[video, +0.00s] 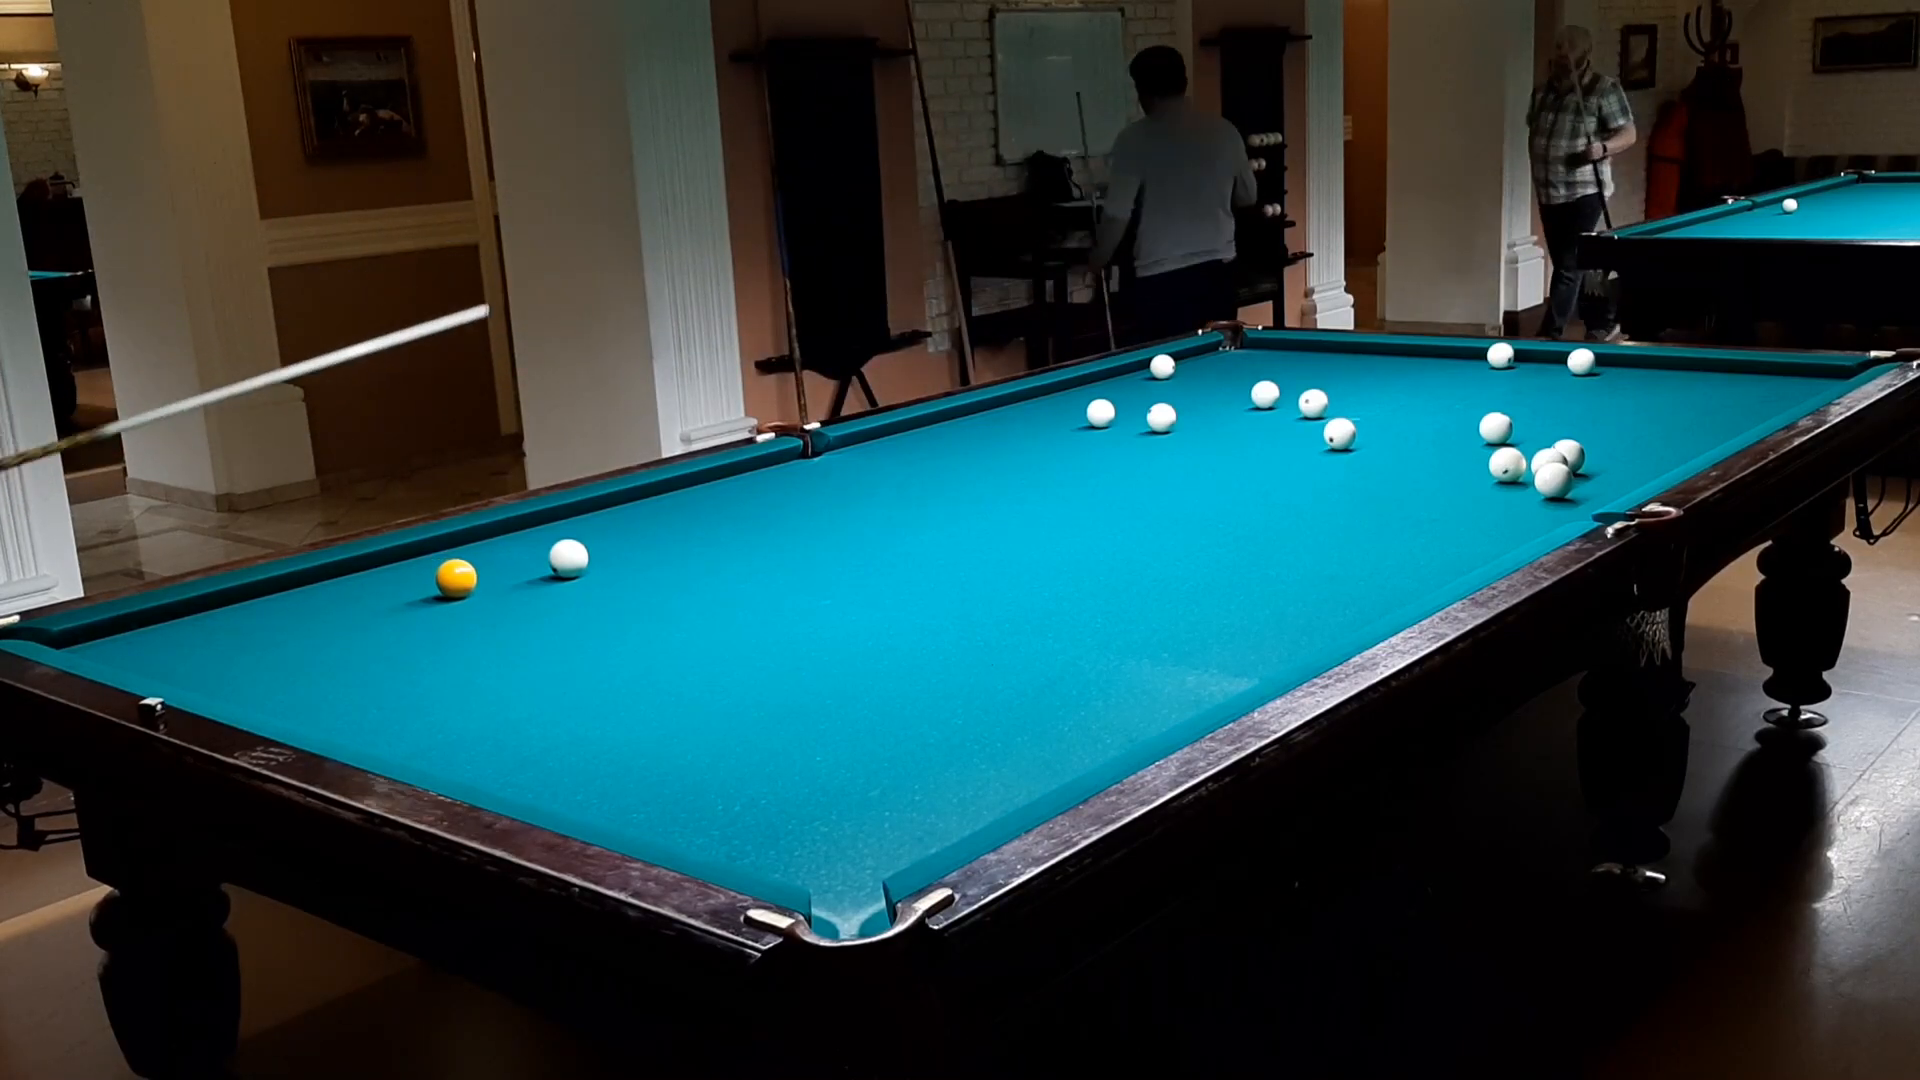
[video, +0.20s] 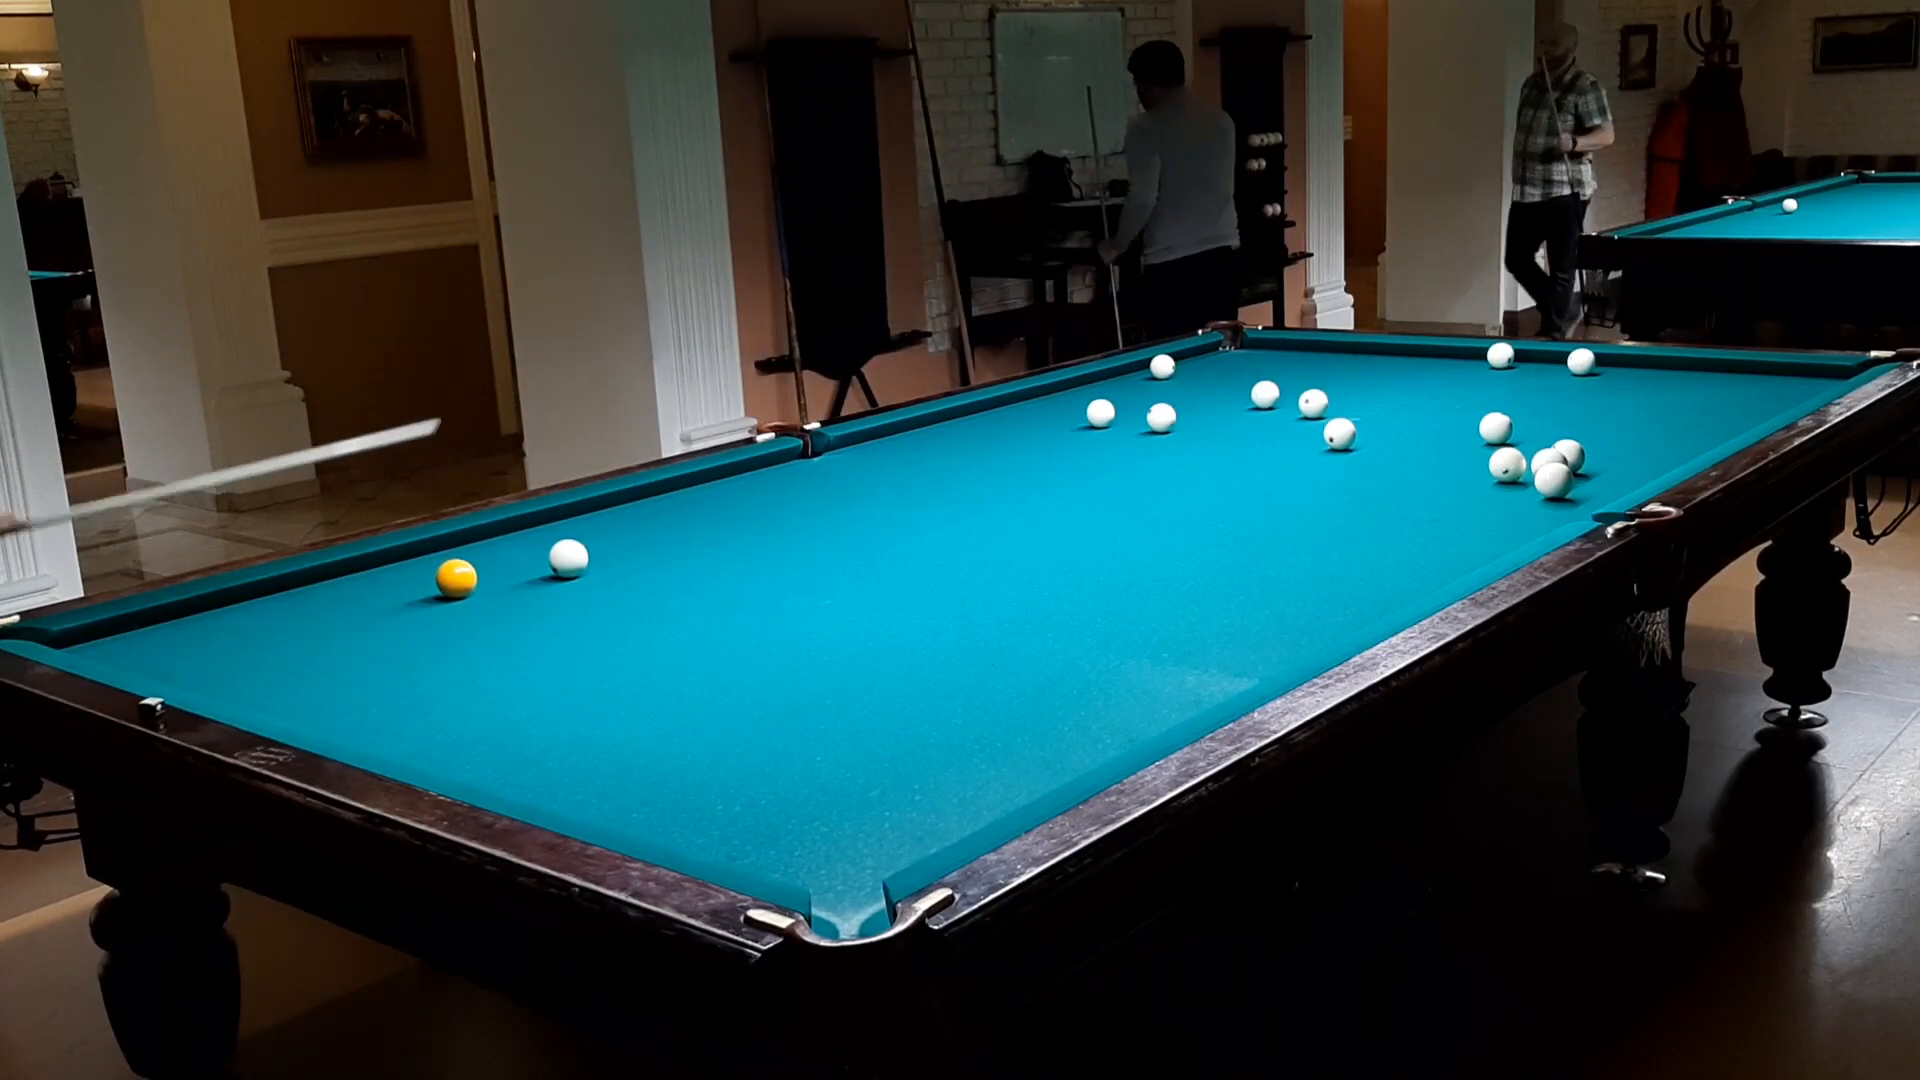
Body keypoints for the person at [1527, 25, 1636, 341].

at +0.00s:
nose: (1561, 54)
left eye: (1568, 48)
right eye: (1558, 47)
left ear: (1584, 51)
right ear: (1554, 51)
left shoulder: (1605, 88)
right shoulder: (1543, 92)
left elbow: (1628, 134)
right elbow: (1534, 137)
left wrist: (1604, 147)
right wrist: (1538, 184)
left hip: (1586, 193)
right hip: (1550, 194)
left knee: (1567, 267)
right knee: (1568, 266)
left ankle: (1550, 336)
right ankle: (1604, 326)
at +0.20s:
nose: (1544, 50)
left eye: (1552, 44)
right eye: (1541, 43)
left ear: (1570, 48)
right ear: (1537, 45)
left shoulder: (1585, 86)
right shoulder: (1531, 85)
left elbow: (1606, 135)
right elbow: (1528, 133)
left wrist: (1575, 142)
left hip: (1566, 192)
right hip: (1528, 192)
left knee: (1562, 266)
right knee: (1517, 260)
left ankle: (1552, 332)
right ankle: (1563, 310)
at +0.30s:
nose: (1534, 51)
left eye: (1542, 44)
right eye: (1532, 44)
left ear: (1560, 47)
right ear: (1529, 45)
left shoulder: (1576, 84)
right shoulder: (1525, 83)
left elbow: (1599, 134)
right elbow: (1521, 133)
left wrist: (1567, 147)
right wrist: (1512, 170)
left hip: (1558, 194)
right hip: (1520, 193)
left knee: (1557, 267)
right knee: (1503, 260)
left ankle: (1549, 330)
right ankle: (1530, 325)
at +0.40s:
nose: (1520, 51)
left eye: (1527, 45)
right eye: (1520, 45)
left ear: (1547, 49)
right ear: (1523, 47)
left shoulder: (1569, 85)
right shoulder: (1518, 85)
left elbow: (1592, 134)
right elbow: (1512, 135)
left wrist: (1561, 149)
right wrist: (1504, 172)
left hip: (1552, 197)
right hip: (1512, 195)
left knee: (1553, 272)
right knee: (1495, 265)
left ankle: (1549, 335)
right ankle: (1492, 332)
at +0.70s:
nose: (1485, 57)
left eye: (1492, 50)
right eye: (1484, 50)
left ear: (1513, 54)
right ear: (1485, 52)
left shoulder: (1538, 90)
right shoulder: (1477, 94)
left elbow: (1562, 138)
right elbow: (1470, 144)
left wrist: (1540, 153)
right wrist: (1468, 190)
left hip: (1522, 202)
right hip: (1480, 202)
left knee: (1532, 277)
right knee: (1470, 277)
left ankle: (1541, 342)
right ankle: (1459, 341)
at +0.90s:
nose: (1459, 57)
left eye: (1466, 51)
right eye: (1458, 51)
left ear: (1486, 53)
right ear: (1457, 52)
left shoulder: (1516, 88)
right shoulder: (1447, 97)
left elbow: (1540, 132)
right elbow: (1431, 149)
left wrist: (1525, 150)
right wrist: (1415, 197)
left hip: (1499, 202)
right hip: (1457, 203)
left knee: (1505, 271)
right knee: (1459, 278)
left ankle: (1526, 337)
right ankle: (1458, 340)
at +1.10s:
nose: (1443, 61)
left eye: (1450, 54)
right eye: (1441, 54)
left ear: (1470, 54)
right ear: (1438, 55)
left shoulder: (1499, 88)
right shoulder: (1429, 98)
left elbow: (1523, 130)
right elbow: (1409, 143)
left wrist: (1509, 154)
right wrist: (1388, 182)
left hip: (1485, 199)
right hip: (1444, 202)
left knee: (1483, 274)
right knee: (1451, 277)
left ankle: (1487, 341)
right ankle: (1456, 341)